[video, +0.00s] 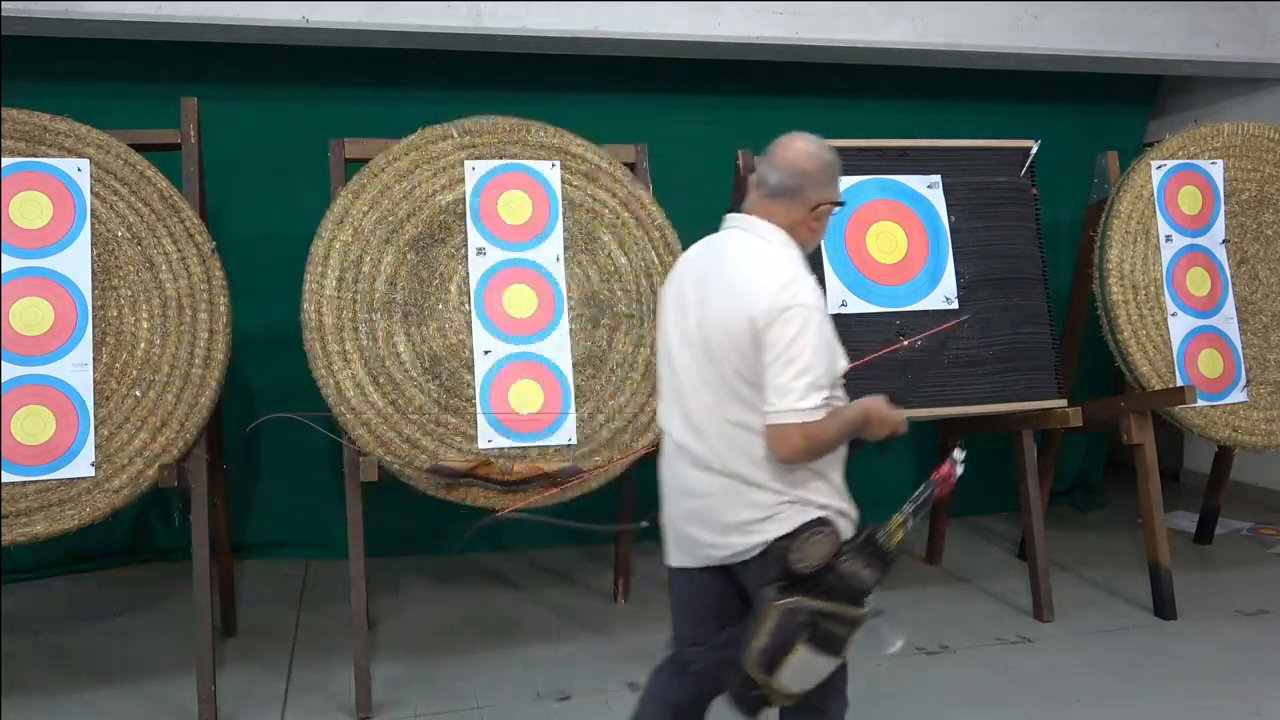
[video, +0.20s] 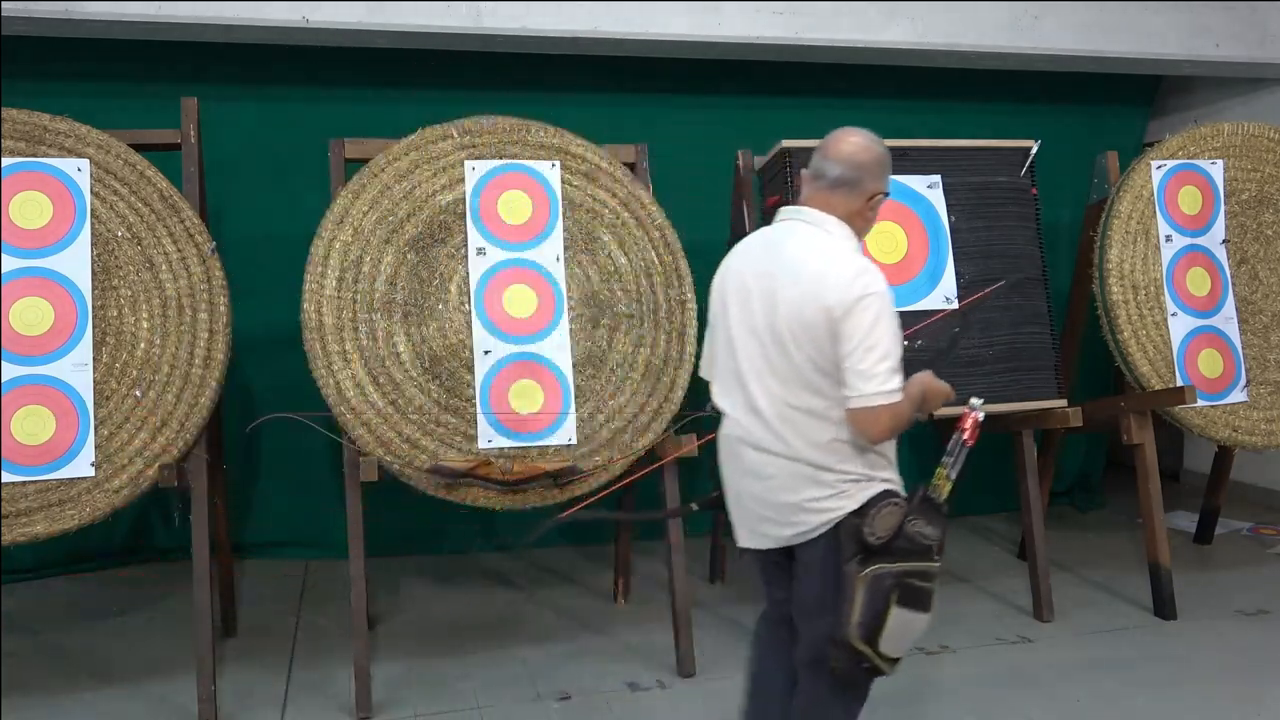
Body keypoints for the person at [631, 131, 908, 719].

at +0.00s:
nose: (827, 221)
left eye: (829, 208)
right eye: (829, 209)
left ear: (753, 186)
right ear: (816, 210)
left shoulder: (690, 264)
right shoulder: (789, 289)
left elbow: (690, 396)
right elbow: (791, 442)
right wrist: (860, 416)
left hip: (693, 525)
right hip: (780, 536)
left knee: (689, 673)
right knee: (815, 694)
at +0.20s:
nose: (880, 212)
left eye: (881, 201)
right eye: (881, 200)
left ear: (804, 182)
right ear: (872, 200)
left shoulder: (740, 257)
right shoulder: (855, 280)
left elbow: (723, 388)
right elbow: (873, 425)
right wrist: (920, 394)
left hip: (753, 494)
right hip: (833, 502)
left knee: (782, 625)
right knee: (834, 665)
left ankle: (764, 710)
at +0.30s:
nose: (898, 211)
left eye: (898, 201)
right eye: (899, 199)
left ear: (824, 186)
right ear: (893, 201)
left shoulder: (760, 263)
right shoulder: (884, 280)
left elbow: (744, 387)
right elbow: (905, 420)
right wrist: (943, 392)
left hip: (778, 497)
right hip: (858, 501)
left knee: (819, 647)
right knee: (847, 664)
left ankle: (828, 708)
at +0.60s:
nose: (937, 215)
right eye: (939, 206)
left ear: (871, 201)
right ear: (934, 207)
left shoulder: (820, 277)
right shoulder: (943, 278)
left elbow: (806, 380)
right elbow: (973, 401)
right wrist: (1005, 379)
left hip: (851, 482)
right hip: (928, 478)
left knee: (898, 620)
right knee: (905, 628)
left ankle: (933, 711)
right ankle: (865, 716)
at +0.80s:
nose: (974, 210)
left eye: (974, 202)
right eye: (975, 202)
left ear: (910, 191)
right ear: (967, 202)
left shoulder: (866, 262)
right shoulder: (966, 265)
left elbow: (850, 363)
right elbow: (985, 380)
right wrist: (1025, 371)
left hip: (874, 471)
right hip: (955, 465)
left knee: (901, 604)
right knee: (973, 604)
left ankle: (915, 709)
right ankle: (943, 708)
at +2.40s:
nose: (1018, 205)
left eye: (1016, 195)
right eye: (1006, 197)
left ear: (969, 205)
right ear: (967, 206)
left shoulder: (953, 245)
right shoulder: (952, 261)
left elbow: (902, 313)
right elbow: (911, 359)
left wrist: (981, 349)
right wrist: (991, 375)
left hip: (971, 438)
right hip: (967, 447)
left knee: (968, 545)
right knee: (972, 562)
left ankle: (935, 630)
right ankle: (942, 676)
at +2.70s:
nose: (983, 201)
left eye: (988, 189)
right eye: (966, 195)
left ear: (995, 193)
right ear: (936, 208)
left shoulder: (996, 257)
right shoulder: (916, 276)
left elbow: (1001, 340)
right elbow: (886, 378)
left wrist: (1049, 386)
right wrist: (968, 377)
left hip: (1020, 449)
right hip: (953, 459)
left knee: (1049, 557)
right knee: (961, 568)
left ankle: (1019, 669)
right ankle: (942, 676)